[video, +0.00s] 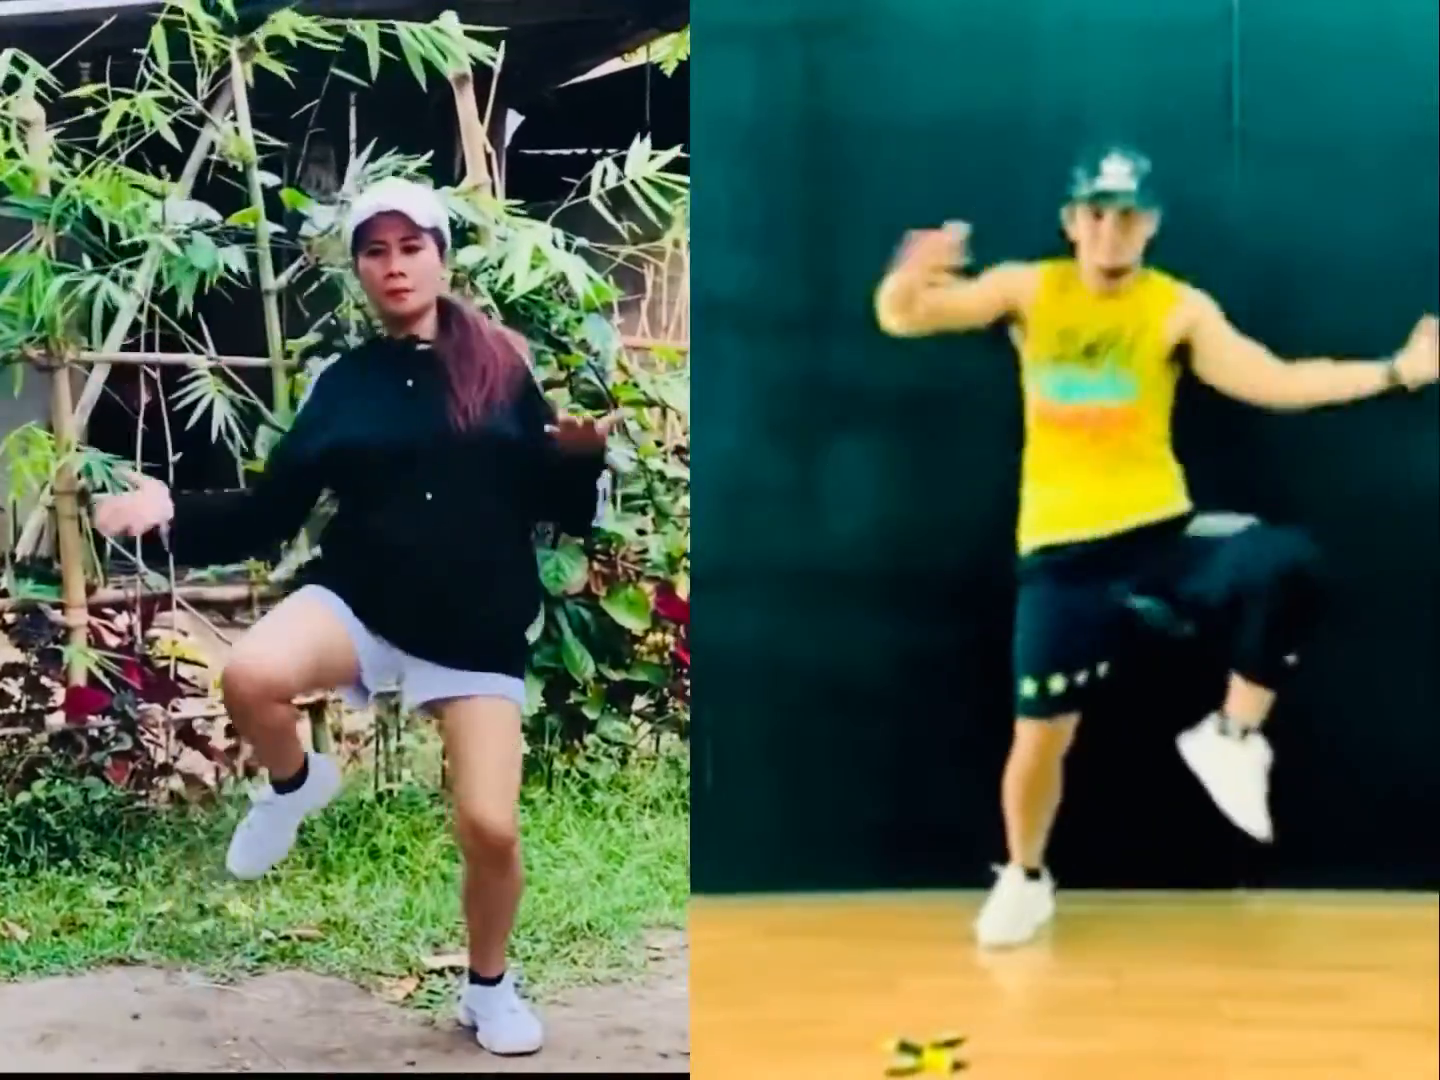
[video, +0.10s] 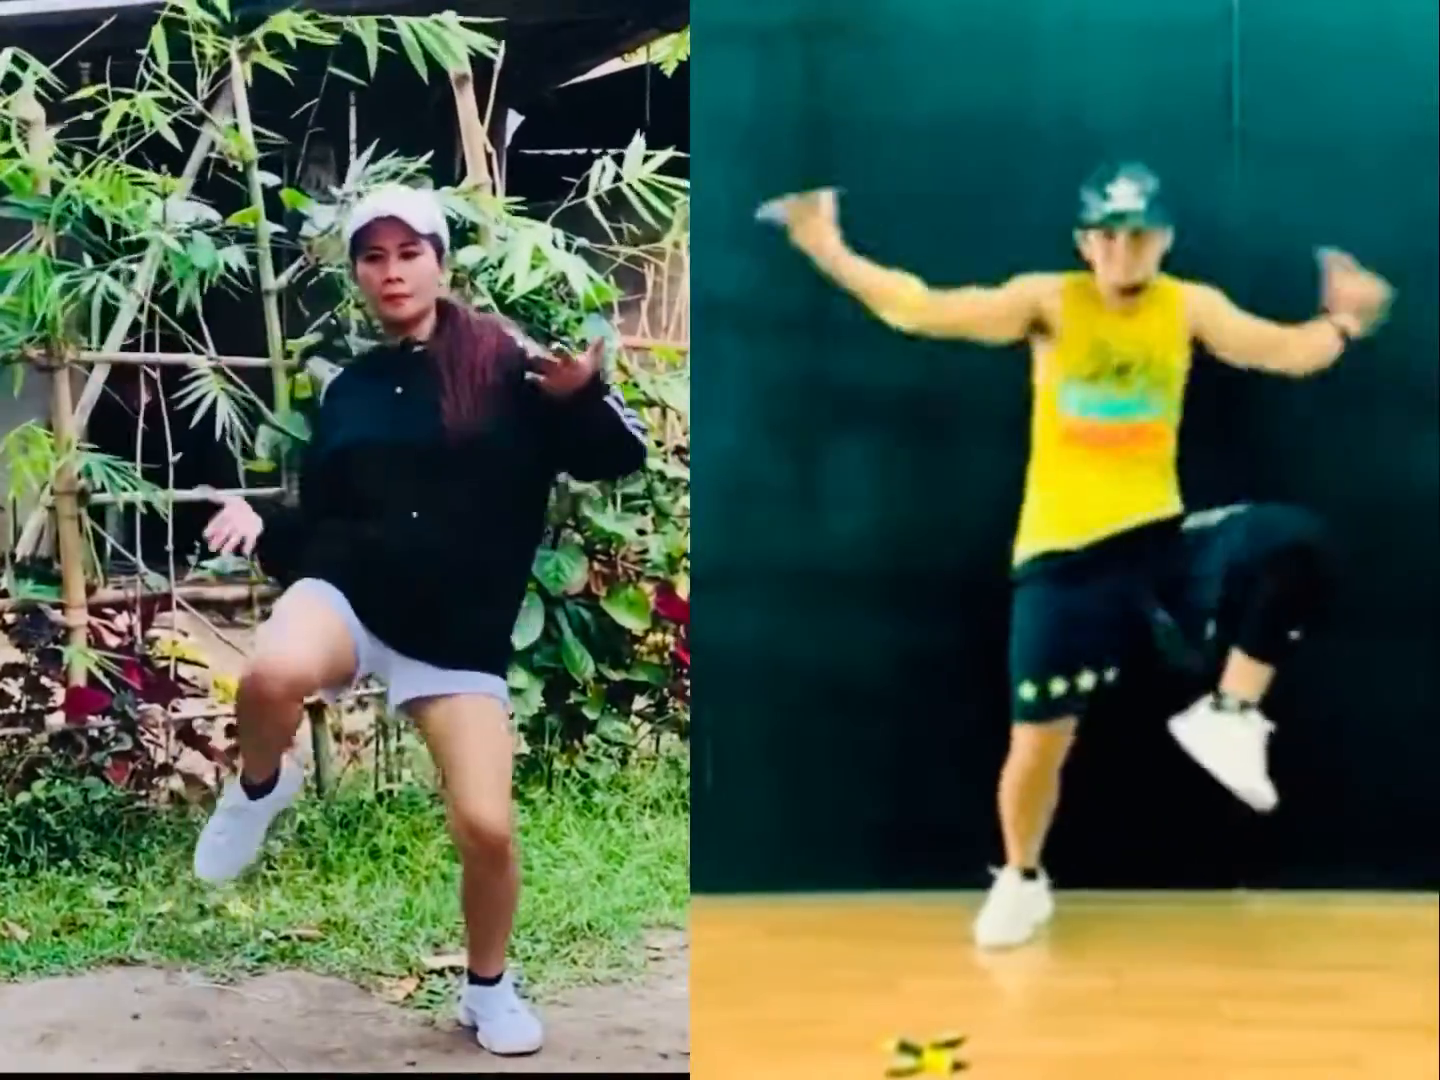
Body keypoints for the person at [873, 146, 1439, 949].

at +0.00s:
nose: (1112, 234)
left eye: (1129, 218)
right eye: (1098, 216)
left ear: (1151, 225)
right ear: (1071, 220)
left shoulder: (1178, 309)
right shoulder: (1027, 288)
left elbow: (1275, 381)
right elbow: (906, 316)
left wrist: (1396, 371)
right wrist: (907, 277)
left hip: (1160, 533)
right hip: (1058, 548)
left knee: (1284, 562)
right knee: (1041, 728)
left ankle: (1233, 735)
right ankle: (1023, 876)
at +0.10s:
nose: (1121, 255)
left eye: (1137, 237)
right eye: (1106, 237)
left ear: (1163, 241)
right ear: (1085, 239)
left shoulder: (1188, 307)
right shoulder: (1044, 301)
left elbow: (1283, 352)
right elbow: (920, 309)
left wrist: (1342, 323)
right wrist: (832, 253)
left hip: (1159, 536)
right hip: (1059, 551)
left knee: (1288, 543)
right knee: (1040, 733)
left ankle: (1231, 714)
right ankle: (1020, 880)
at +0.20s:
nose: (1136, 228)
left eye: (1152, 211)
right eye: (1123, 212)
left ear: (1180, 211)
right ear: (1103, 214)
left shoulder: (1205, 285)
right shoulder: (1059, 277)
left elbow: (1308, 357)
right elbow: (953, 314)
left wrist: (1288, 263)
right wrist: (930, 239)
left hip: (1177, 521)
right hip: (1076, 537)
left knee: (1315, 566)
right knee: (1044, 730)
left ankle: (1293, 749)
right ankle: (1015, 873)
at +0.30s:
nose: (1129, 234)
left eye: (1145, 218)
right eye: (1118, 217)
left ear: (1185, 219)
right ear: (1104, 219)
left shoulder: (1219, 307)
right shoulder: (1072, 284)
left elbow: (1327, 388)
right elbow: (968, 298)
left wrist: (1327, 281)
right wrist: (1018, 202)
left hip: (1216, 545)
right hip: (1104, 556)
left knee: (1340, 667)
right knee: (1043, 744)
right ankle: (1034, 872)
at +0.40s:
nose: (1156, 287)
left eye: (1174, 272)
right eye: (1148, 272)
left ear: (1211, 281)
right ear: (1133, 278)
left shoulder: (1246, 367)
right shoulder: (1097, 342)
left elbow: (1354, 372)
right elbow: (992, 283)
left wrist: (1420, 281)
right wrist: (1024, 164)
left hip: (1243, 608)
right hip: (1128, 617)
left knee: (1358, 742)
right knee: (1054, 786)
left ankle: (1377, 897)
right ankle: (1048, 887)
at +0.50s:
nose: (1200, 314)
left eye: (1214, 297)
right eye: (1189, 300)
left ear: (1251, 300)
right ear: (1175, 307)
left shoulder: (1291, 367)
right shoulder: (1151, 364)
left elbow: (1378, 307)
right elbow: (1066, 282)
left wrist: (1430, 260)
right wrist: (988, 192)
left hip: (1275, 621)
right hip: (1164, 626)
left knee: (1384, 747)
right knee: (1106, 789)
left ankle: (1380, 896)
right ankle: (1042, 882)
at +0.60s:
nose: (1241, 283)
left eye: (1256, 265)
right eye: (1231, 269)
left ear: (1296, 258)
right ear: (1220, 273)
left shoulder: (1345, 311)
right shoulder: (1198, 333)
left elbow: (1434, 277)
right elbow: (1071, 330)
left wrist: (1405, 189)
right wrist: (1038, 224)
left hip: (1312, 584)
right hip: (1207, 574)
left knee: (1397, 741)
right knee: (1111, 731)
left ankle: (1381, 897)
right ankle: (1001, 845)